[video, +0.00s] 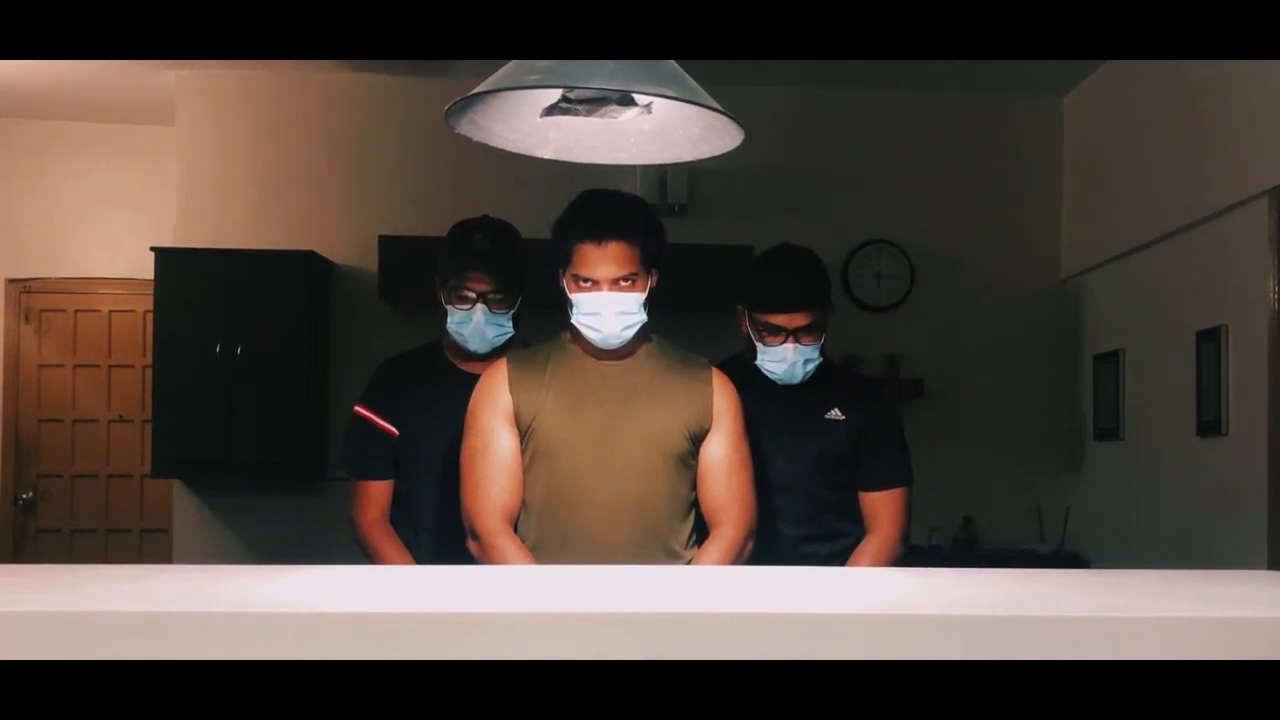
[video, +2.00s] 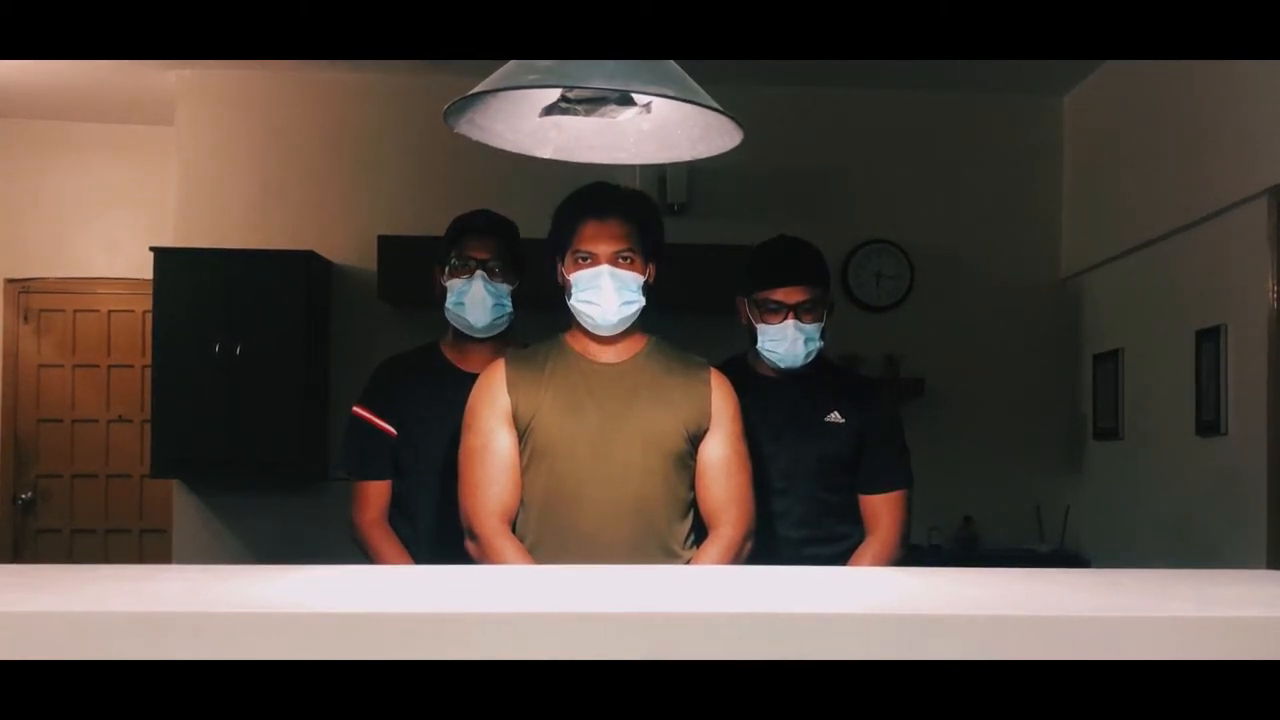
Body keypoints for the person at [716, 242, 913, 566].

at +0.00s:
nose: (790, 348)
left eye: (807, 332)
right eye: (772, 332)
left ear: (826, 323)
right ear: (745, 322)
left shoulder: (862, 400)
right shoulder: (716, 393)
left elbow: (885, 535)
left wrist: (832, 605)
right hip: (740, 591)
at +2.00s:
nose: (791, 326)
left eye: (807, 310)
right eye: (773, 309)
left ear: (826, 310)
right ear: (746, 310)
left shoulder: (863, 400)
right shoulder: (712, 394)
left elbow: (885, 537)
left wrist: (830, 611)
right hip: (737, 595)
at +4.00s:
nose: (780, 301)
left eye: (796, 287)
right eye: (762, 287)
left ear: (816, 300)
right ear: (737, 300)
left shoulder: (854, 397)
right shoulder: (705, 391)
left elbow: (877, 532)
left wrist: (825, 612)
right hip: (728, 597)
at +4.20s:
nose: (770, 301)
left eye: (787, 287)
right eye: (753, 286)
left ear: (806, 298)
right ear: (730, 294)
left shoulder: (842, 388)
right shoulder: (697, 381)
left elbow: (864, 522)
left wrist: (812, 604)